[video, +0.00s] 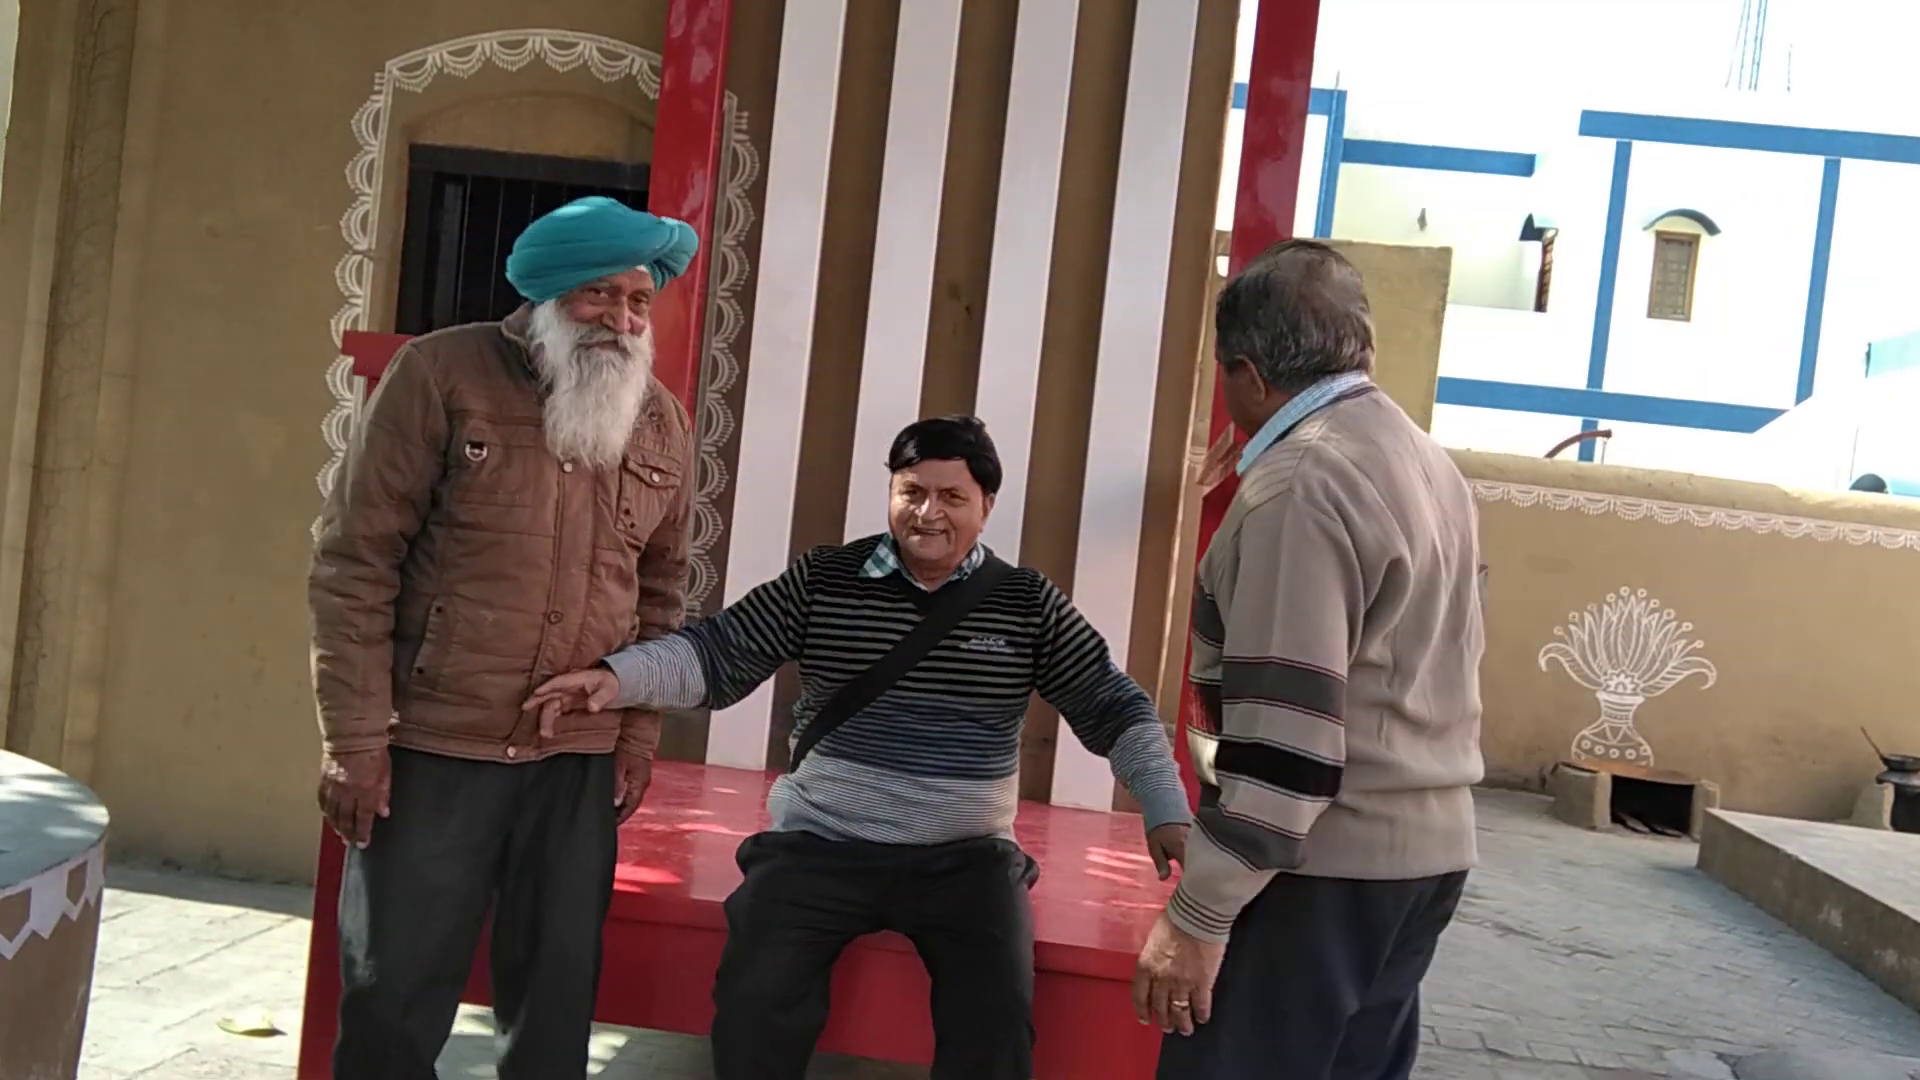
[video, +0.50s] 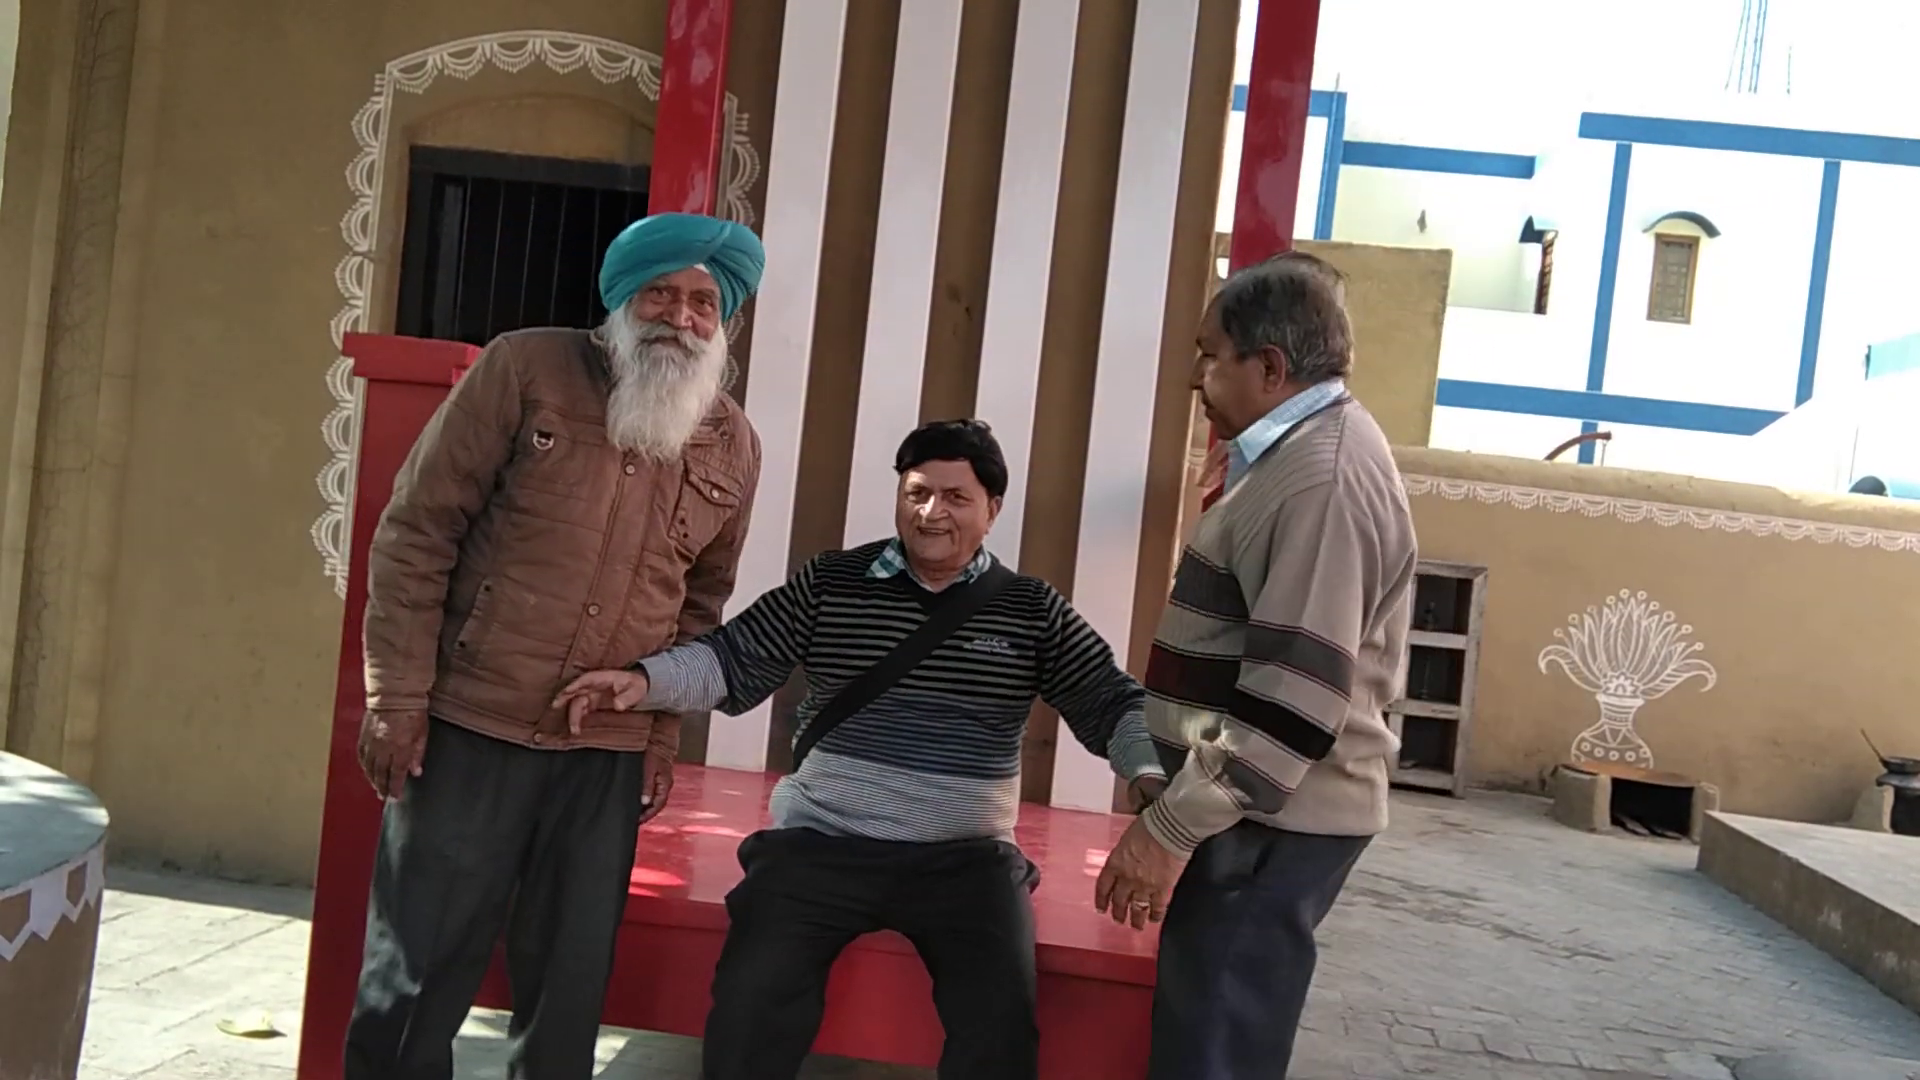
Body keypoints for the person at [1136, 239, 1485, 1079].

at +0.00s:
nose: (1223, 394)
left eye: (1223, 372)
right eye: (1223, 372)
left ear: (1249, 373)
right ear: (1358, 350)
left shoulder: (1300, 485)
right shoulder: (1425, 460)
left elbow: (1285, 755)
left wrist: (1196, 914)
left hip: (1318, 873)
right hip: (1419, 860)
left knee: (1231, 1064)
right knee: (1365, 1064)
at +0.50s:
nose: (1198, 378)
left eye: (1213, 358)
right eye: (1202, 357)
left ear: (1272, 368)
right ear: (1275, 368)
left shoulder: (1324, 477)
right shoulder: (1294, 455)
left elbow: (1297, 705)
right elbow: (1234, 651)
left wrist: (1170, 827)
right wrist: (1156, 771)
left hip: (1275, 826)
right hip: (1248, 816)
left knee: (1213, 1048)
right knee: (1204, 1042)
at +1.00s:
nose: (1199, 380)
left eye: (1221, 358)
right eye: (1181, 364)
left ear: (1274, 367)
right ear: (1165, 380)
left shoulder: (1354, 483)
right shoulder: (1150, 504)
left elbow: (1423, 664)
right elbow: (1145, 663)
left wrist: (1430, 821)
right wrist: (1139, 775)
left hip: (1315, 830)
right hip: (1182, 821)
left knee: (1285, 1062)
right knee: (1171, 1057)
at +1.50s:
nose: (1172, 381)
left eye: (1192, 358)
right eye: (1154, 366)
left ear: (1245, 363)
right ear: (1141, 384)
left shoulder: (1328, 473)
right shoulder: (1131, 501)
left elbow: (1398, 645)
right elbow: (1136, 642)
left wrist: (1385, 787)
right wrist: (1140, 773)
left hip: (1302, 819)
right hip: (1178, 815)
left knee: (1285, 1056)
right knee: (1167, 1052)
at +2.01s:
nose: (1218, 377)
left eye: (1239, 355)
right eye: (1201, 360)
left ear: (1292, 365)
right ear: (1186, 378)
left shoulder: (1372, 479)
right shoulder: (1170, 499)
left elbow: (1437, 660)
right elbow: (1160, 654)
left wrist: (1419, 807)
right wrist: (1158, 777)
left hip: (1340, 828)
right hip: (1209, 820)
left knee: (1350, 1065)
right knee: (1187, 1061)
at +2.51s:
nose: (1305, 385)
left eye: (1326, 362)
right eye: (1287, 369)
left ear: (1380, 372)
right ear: (1271, 386)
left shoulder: (1456, 495)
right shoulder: (1237, 509)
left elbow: (1507, 683)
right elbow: (1192, 673)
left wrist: (1471, 823)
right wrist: (1192, 812)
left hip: (1407, 837)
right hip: (1265, 824)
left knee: (1393, 1067)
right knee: (1232, 1059)